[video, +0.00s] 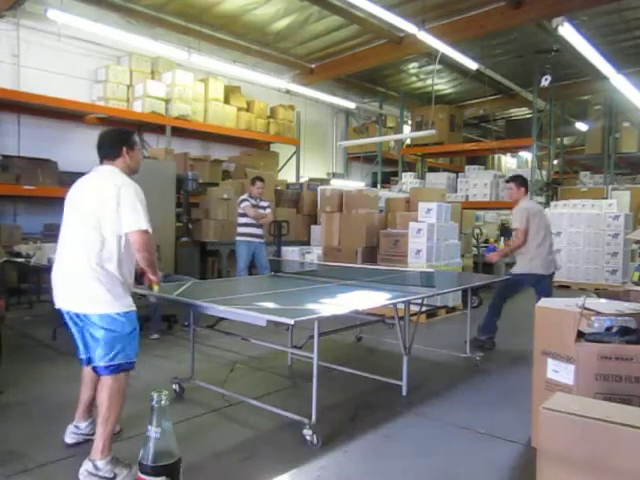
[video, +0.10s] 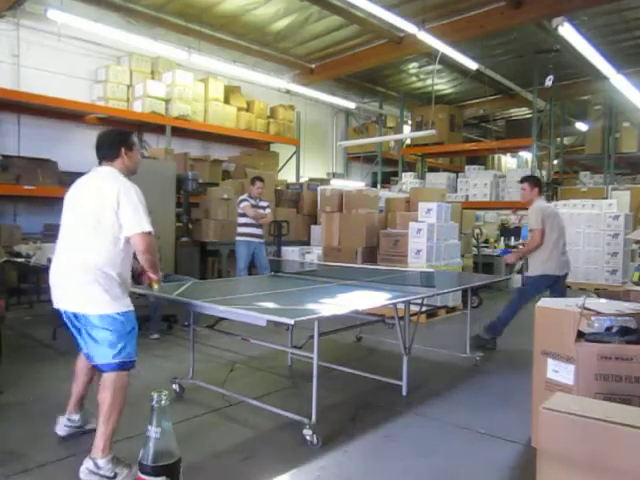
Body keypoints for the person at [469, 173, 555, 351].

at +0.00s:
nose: (507, 194)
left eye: (510, 189)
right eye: (507, 189)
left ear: (521, 190)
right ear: (523, 190)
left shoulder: (521, 209)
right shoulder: (537, 208)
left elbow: (519, 239)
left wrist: (499, 254)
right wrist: (506, 250)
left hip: (528, 268)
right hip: (546, 268)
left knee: (500, 295)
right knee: (546, 312)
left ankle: (485, 336)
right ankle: (549, 347)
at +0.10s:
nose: (521, 194)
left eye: (524, 190)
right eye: (521, 190)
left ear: (535, 190)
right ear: (537, 191)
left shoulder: (536, 209)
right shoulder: (550, 209)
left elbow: (536, 240)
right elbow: (547, 240)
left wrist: (516, 255)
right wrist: (527, 247)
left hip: (544, 270)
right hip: (559, 269)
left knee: (516, 302)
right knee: (560, 312)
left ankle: (490, 334)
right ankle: (564, 346)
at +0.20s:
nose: (531, 192)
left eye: (533, 188)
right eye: (530, 188)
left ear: (545, 187)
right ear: (547, 189)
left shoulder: (547, 207)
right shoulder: (560, 207)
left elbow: (549, 237)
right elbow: (557, 239)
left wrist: (531, 254)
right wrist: (535, 253)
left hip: (556, 267)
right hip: (569, 267)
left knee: (529, 299)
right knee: (566, 310)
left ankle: (504, 335)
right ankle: (567, 345)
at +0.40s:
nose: (540, 184)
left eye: (543, 179)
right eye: (539, 180)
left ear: (555, 180)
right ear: (554, 181)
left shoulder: (560, 196)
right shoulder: (566, 195)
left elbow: (560, 228)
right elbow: (561, 227)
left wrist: (537, 234)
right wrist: (539, 233)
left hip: (572, 259)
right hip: (583, 258)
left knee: (550, 303)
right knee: (574, 303)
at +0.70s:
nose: (541, 189)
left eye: (544, 184)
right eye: (540, 185)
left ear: (555, 184)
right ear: (556, 184)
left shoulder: (562, 200)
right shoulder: (566, 198)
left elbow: (570, 232)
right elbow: (568, 233)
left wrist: (553, 255)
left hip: (585, 259)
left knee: (568, 304)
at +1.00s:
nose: (530, 200)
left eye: (532, 196)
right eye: (529, 196)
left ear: (544, 194)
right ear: (545, 195)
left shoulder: (552, 210)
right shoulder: (564, 207)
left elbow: (559, 244)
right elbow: (563, 244)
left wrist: (543, 260)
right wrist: (545, 257)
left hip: (582, 265)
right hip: (595, 263)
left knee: (564, 307)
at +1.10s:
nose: (524, 202)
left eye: (526, 198)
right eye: (523, 198)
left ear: (538, 197)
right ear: (540, 198)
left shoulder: (545, 213)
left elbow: (546, 250)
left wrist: (524, 260)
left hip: (574, 271)